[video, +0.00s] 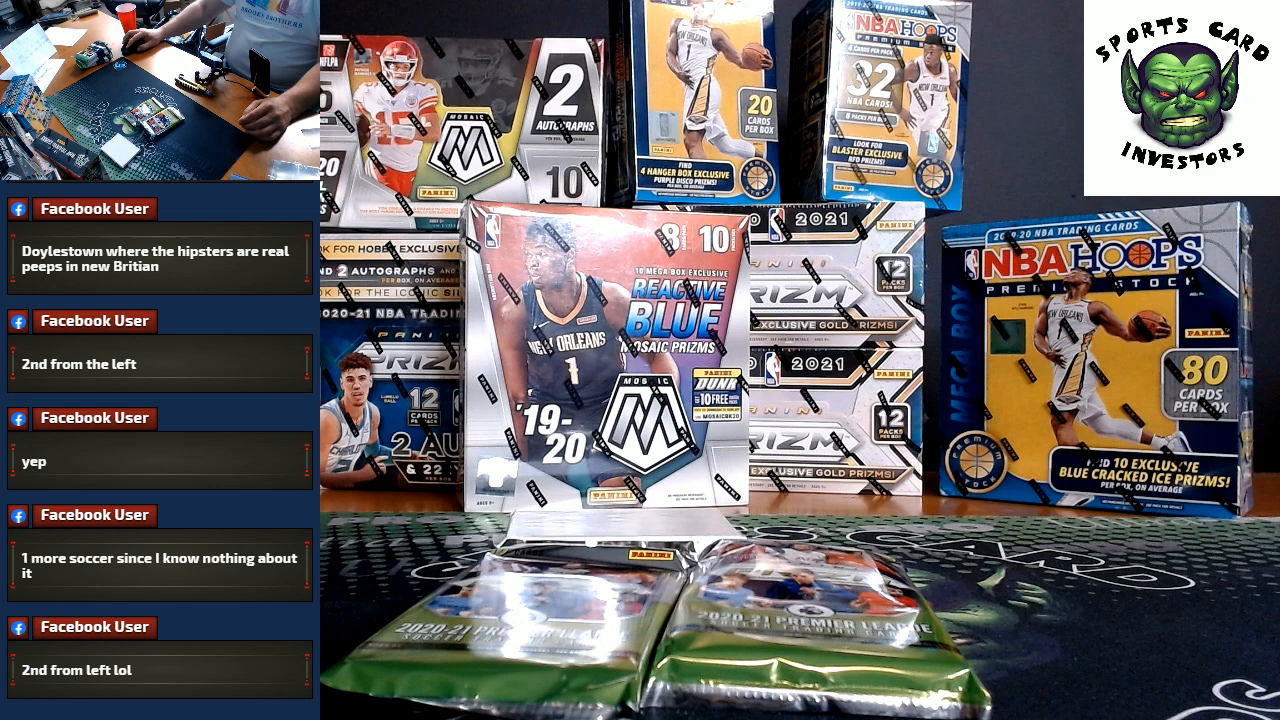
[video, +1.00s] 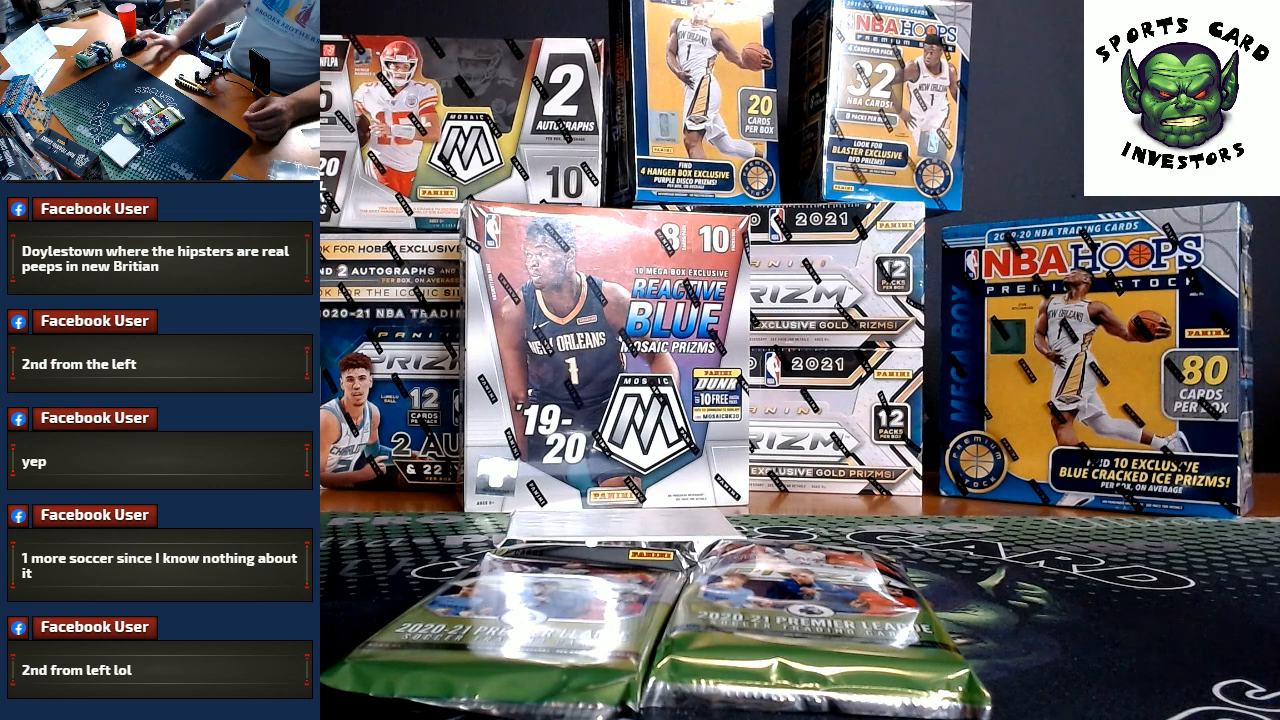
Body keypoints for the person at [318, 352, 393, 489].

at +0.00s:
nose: (356, 385)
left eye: (362, 378)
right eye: (350, 379)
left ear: (370, 382)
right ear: (341, 383)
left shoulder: (372, 413)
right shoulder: (325, 419)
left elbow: (373, 450)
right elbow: (316, 477)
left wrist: (406, 456)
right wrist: (360, 475)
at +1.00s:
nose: (356, 385)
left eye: (362, 378)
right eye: (350, 379)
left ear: (370, 382)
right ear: (341, 383)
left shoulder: (372, 413)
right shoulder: (325, 419)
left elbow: (373, 450)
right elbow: (316, 477)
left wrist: (406, 456)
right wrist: (360, 475)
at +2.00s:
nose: (356, 385)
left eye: (362, 378)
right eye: (350, 379)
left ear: (370, 382)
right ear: (341, 383)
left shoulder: (372, 413)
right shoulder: (325, 419)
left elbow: (373, 450)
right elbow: (316, 477)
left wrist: (406, 456)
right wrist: (360, 475)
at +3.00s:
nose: (356, 385)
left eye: (362, 378)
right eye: (350, 379)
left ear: (370, 382)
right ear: (341, 384)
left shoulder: (372, 413)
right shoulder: (325, 419)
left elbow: (373, 450)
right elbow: (316, 477)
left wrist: (406, 456)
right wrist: (360, 475)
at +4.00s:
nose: (356, 385)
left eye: (362, 378)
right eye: (350, 379)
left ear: (370, 382)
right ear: (341, 383)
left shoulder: (372, 413)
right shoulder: (325, 419)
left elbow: (373, 450)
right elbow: (316, 477)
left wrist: (406, 456)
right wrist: (360, 475)